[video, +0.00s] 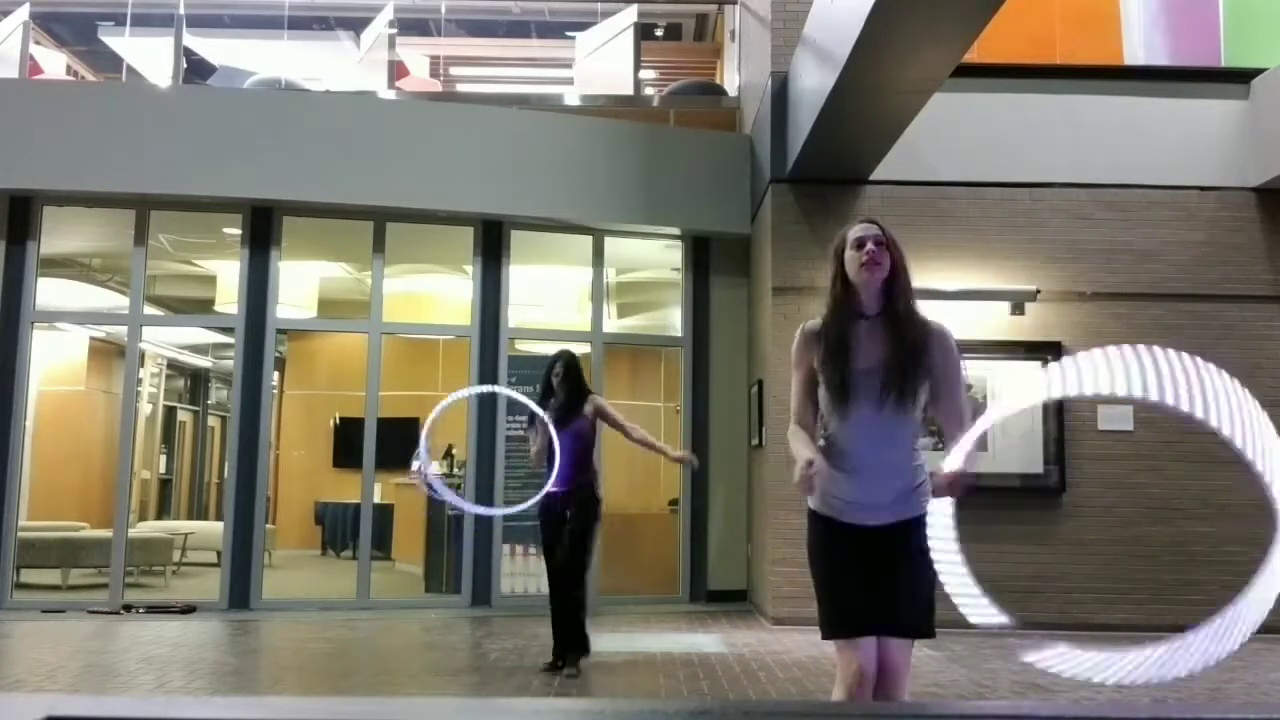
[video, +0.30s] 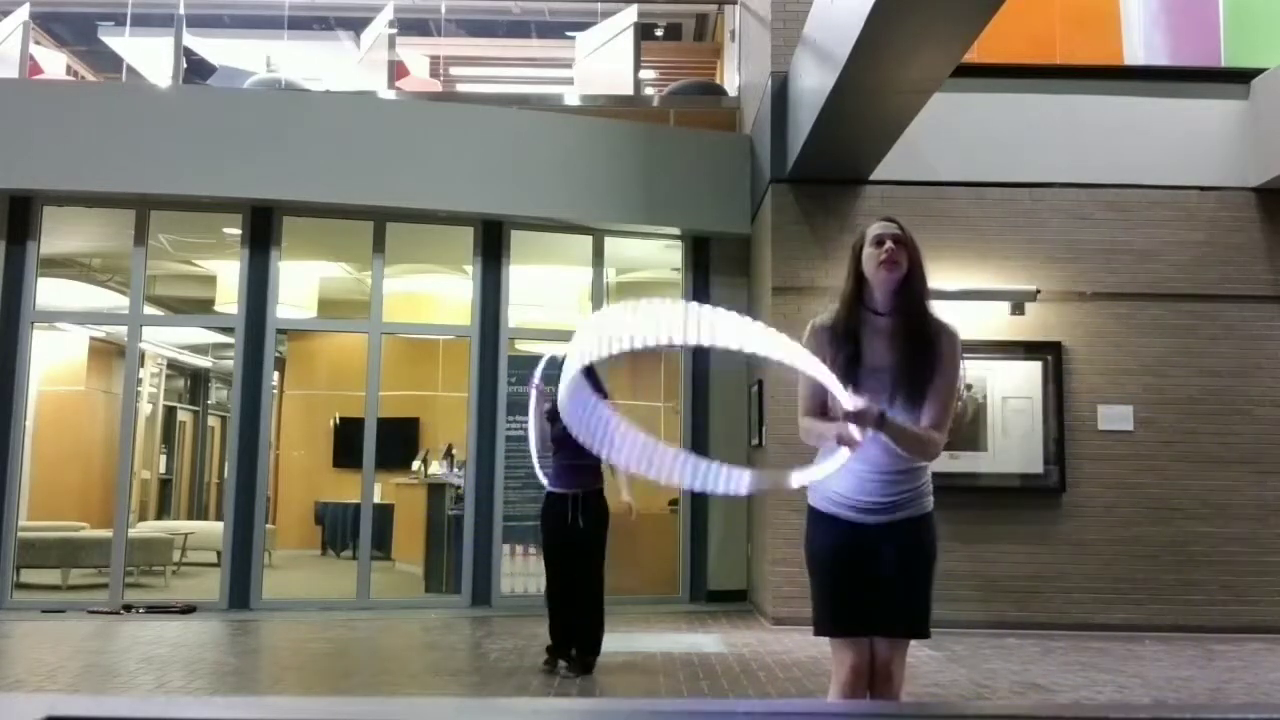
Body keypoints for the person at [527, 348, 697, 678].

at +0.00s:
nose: (559, 378)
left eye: (565, 372)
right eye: (555, 373)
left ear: (575, 376)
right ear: (549, 376)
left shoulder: (591, 405)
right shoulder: (547, 412)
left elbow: (630, 431)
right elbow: (537, 459)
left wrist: (671, 454)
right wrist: (537, 434)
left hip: (583, 498)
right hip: (552, 498)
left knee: (571, 573)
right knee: (556, 576)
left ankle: (574, 653)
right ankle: (561, 652)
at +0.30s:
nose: (570, 387)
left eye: (577, 383)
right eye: (566, 381)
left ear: (590, 386)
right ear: (561, 383)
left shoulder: (599, 411)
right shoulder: (552, 408)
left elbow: (615, 449)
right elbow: (543, 445)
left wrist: (625, 490)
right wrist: (537, 407)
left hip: (589, 499)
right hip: (556, 499)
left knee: (588, 579)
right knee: (557, 578)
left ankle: (585, 656)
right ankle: (558, 648)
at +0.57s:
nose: (590, 382)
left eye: (596, 376)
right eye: (584, 375)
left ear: (603, 380)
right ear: (574, 377)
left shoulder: (607, 414)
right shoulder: (556, 410)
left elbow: (613, 462)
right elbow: (529, 450)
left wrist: (628, 505)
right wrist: (528, 413)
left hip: (594, 502)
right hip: (561, 502)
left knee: (594, 584)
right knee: (566, 582)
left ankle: (589, 659)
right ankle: (546, 657)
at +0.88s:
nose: (606, 380)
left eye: (606, 374)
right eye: (602, 374)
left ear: (587, 374)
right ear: (589, 373)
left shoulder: (592, 405)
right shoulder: (569, 397)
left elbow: (590, 463)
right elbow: (565, 444)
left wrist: (618, 493)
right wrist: (595, 421)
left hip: (585, 505)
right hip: (563, 504)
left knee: (585, 585)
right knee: (560, 583)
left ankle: (584, 660)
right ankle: (543, 662)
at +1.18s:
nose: (603, 385)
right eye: (602, 378)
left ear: (571, 380)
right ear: (604, 382)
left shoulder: (560, 412)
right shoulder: (611, 412)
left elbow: (552, 457)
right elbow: (621, 463)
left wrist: (559, 475)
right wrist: (624, 457)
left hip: (570, 504)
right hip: (603, 506)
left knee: (568, 577)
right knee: (602, 580)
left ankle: (567, 654)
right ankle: (575, 634)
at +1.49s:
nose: (570, 394)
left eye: (571, 387)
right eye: (570, 387)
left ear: (580, 383)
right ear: (599, 377)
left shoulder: (599, 404)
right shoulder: (608, 404)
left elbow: (596, 453)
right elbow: (603, 458)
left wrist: (555, 479)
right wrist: (568, 478)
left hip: (613, 509)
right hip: (616, 507)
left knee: (594, 587)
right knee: (600, 586)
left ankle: (566, 662)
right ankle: (613, 660)